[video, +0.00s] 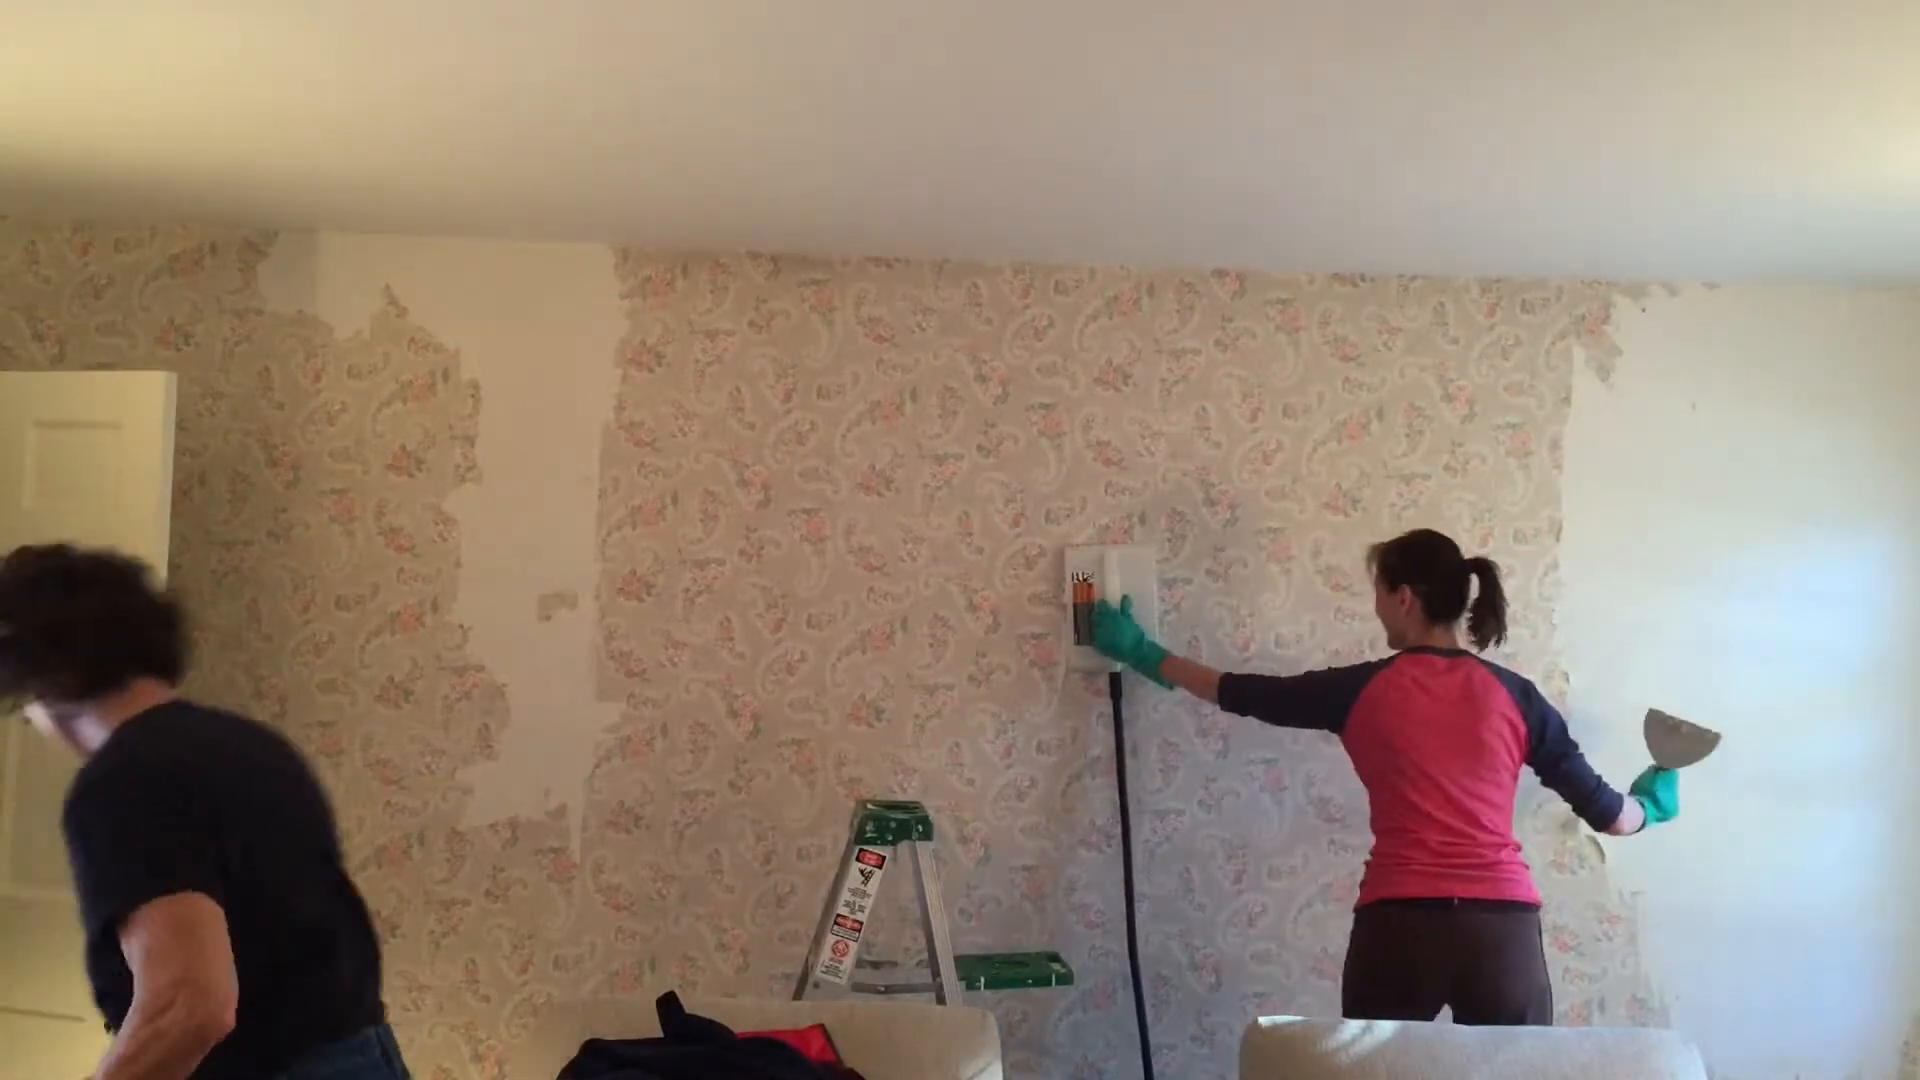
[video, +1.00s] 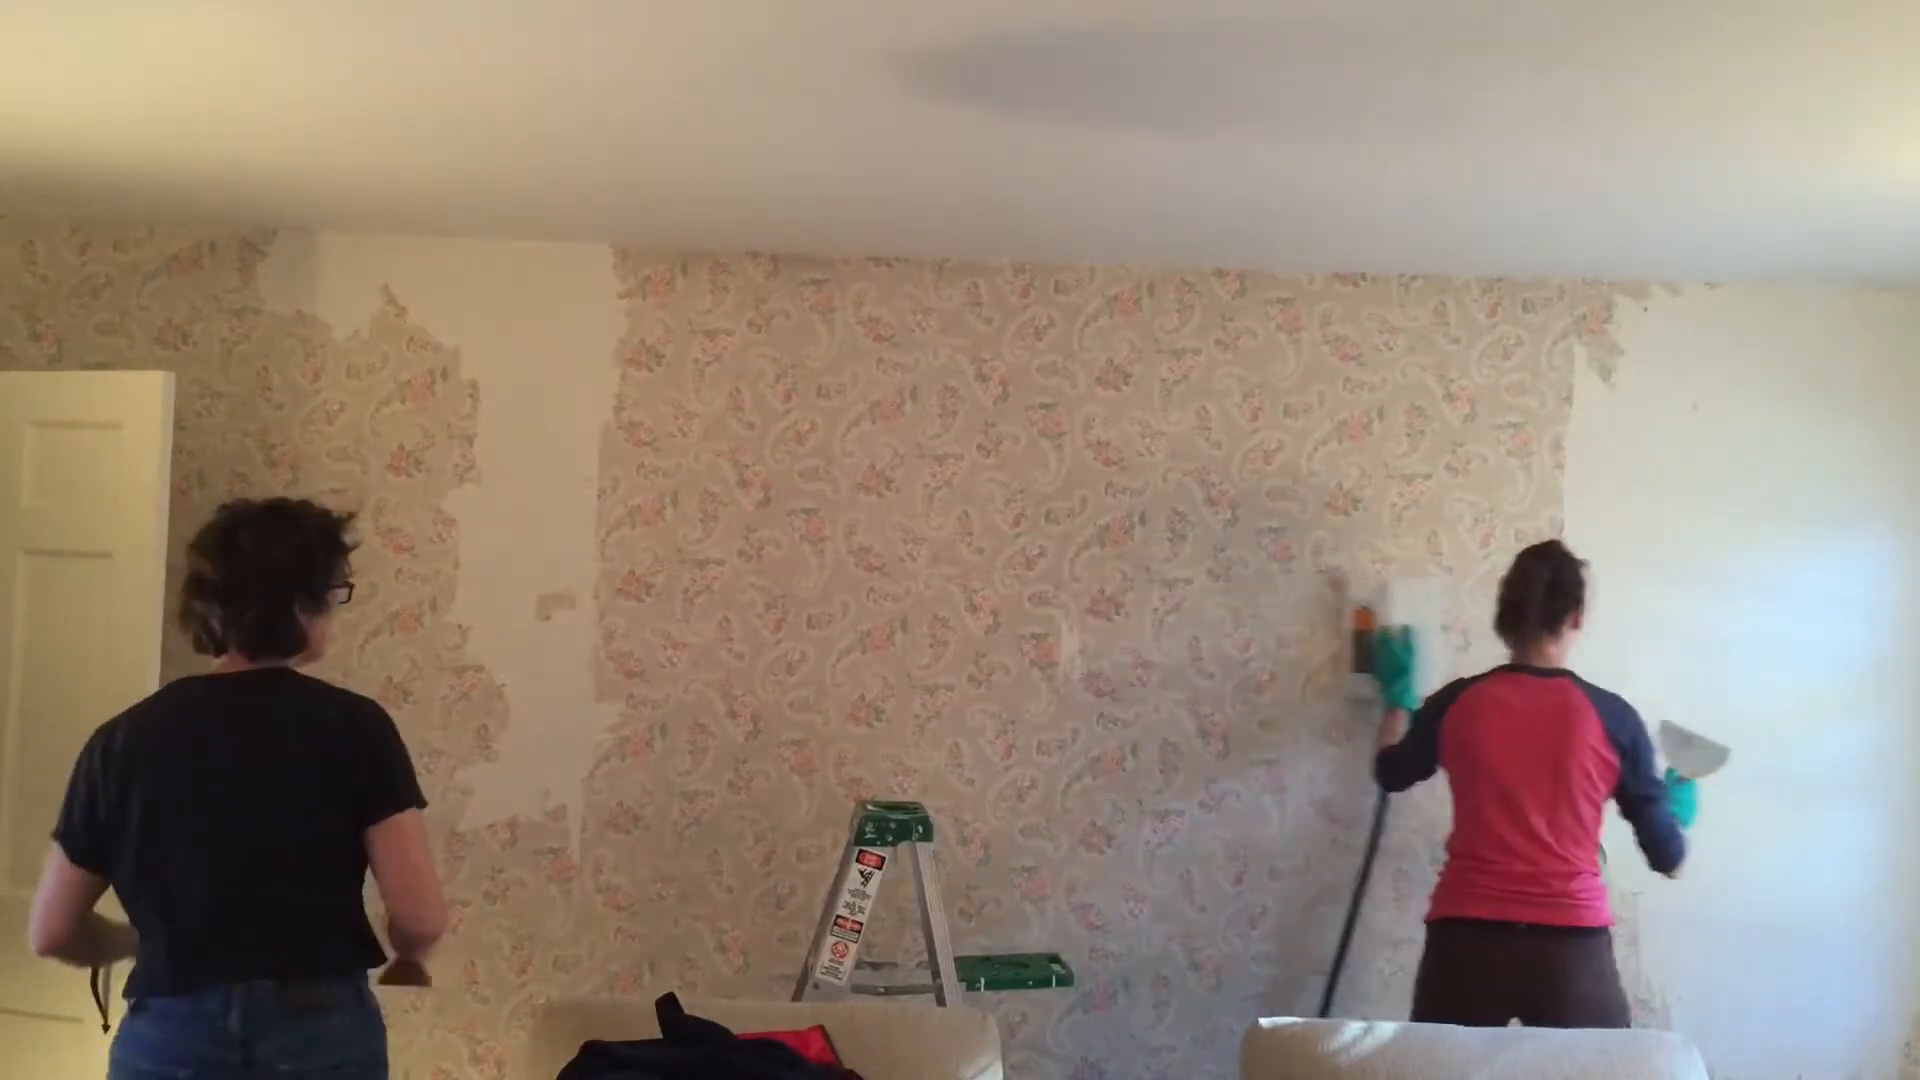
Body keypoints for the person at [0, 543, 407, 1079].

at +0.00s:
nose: (34, 718)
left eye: (27, 694)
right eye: (24, 696)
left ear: (43, 687)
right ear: (151, 637)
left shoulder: (123, 780)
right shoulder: (256, 742)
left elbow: (188, 1002)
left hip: (267, 1065)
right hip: (363, 1048)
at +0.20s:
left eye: (126, 636)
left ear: (141, 638)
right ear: (264, 609)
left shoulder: (160, 778)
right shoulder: (365, 744)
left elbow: (127, 1041)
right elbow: (433, 934)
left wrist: (63, 1062)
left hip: (232, 1063)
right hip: (384, 1057)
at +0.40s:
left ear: (161, 616)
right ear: (296, 604)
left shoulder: (124, 777)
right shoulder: (380, 741)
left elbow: (86, 1040)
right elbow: (441, 948)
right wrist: (342, 986)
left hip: (213, 1066)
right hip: (380, 1059)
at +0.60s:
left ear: (154, 627)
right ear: (284, 618)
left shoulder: (101, 780)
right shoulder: (357, 747)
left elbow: (57, 1024)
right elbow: (426, 951)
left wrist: (157, 1019)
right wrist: (327, 995)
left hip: (185, 1066)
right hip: (355, 1060)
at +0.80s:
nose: (312, 625)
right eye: (309, 610)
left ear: (173, 617)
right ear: (294, 621)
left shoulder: (108, 762)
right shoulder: (349, 742)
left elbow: (41, 981)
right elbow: (421, 931)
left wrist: (136, 998)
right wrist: (337, 979)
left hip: (183, 1058)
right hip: (346, 1049)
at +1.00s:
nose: (338, 612)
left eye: (340, 594)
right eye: (335, 594)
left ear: (207, 603)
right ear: (301, 603)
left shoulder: (122, 740)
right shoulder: (356, 725)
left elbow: (52, 934)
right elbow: (421, 918)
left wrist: (149, 938)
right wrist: (408, 955)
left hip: (167, 1037)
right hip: (326, 1037)